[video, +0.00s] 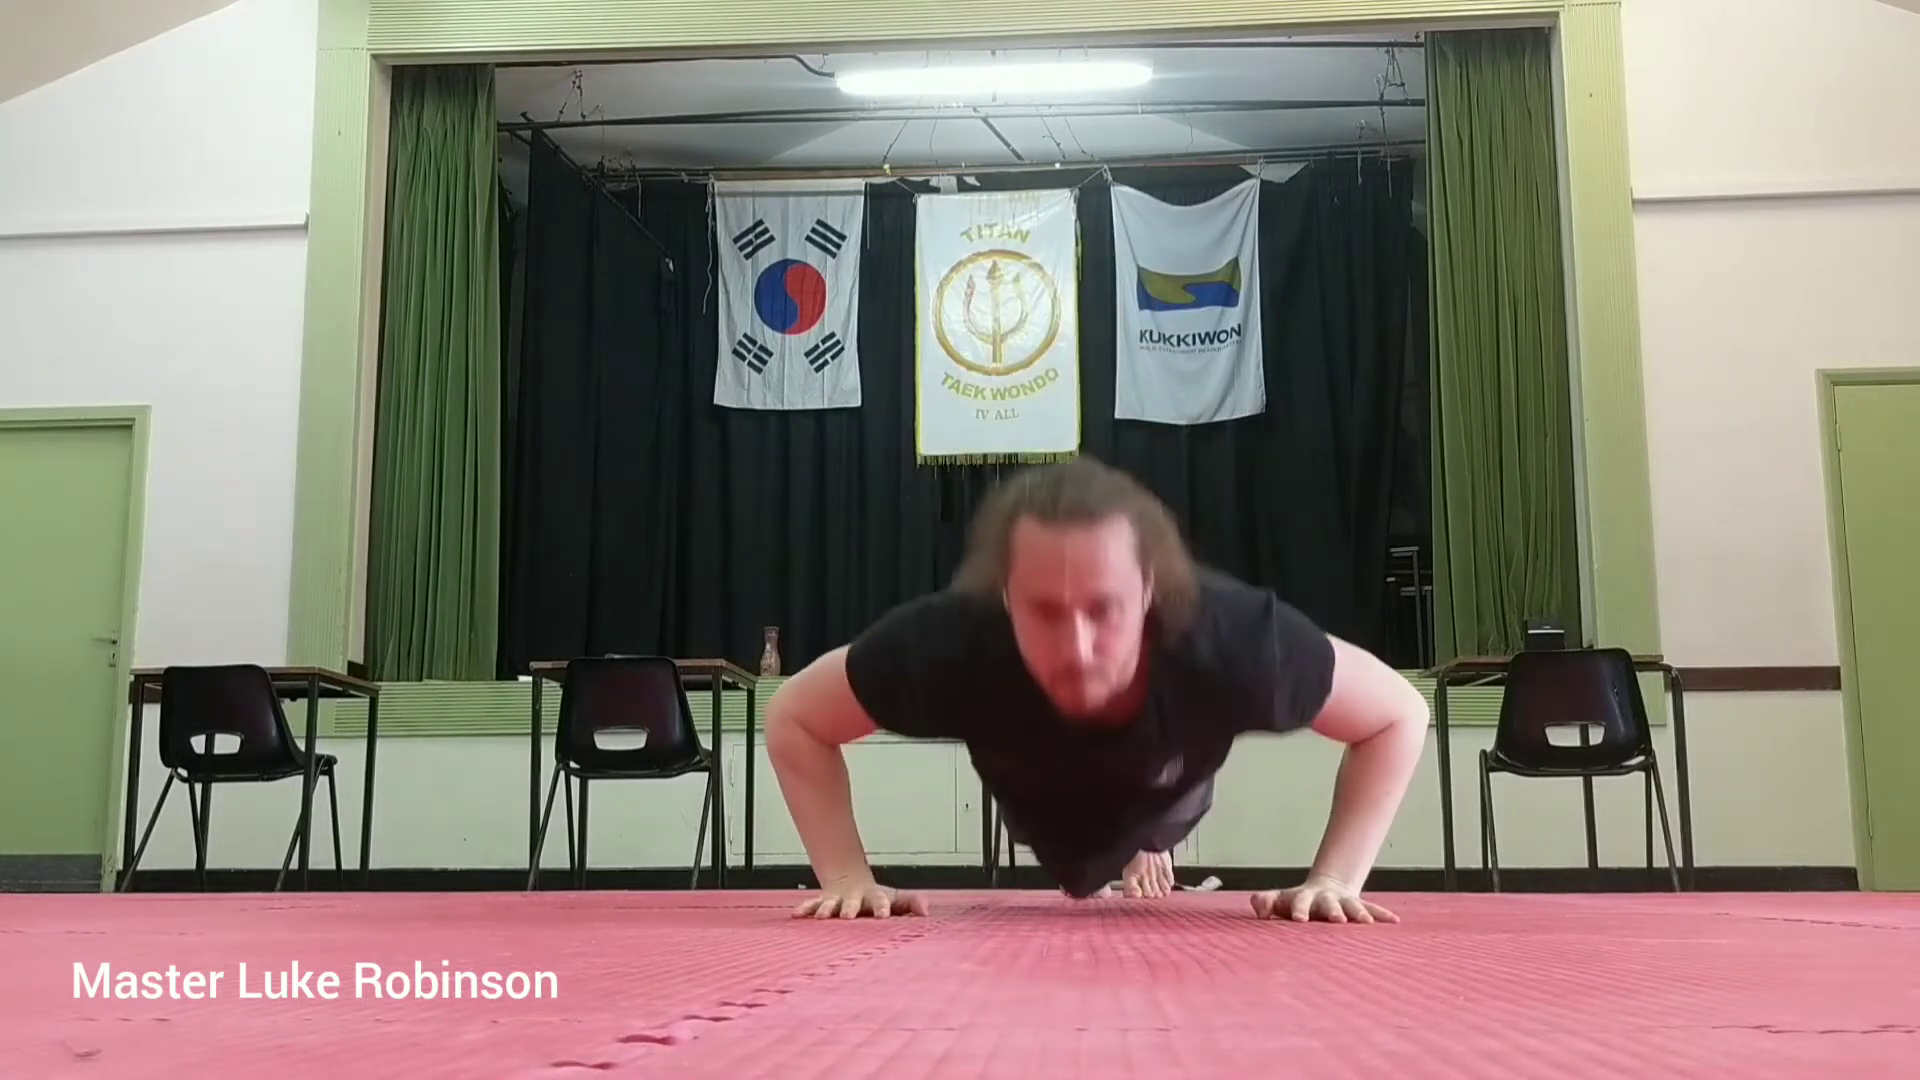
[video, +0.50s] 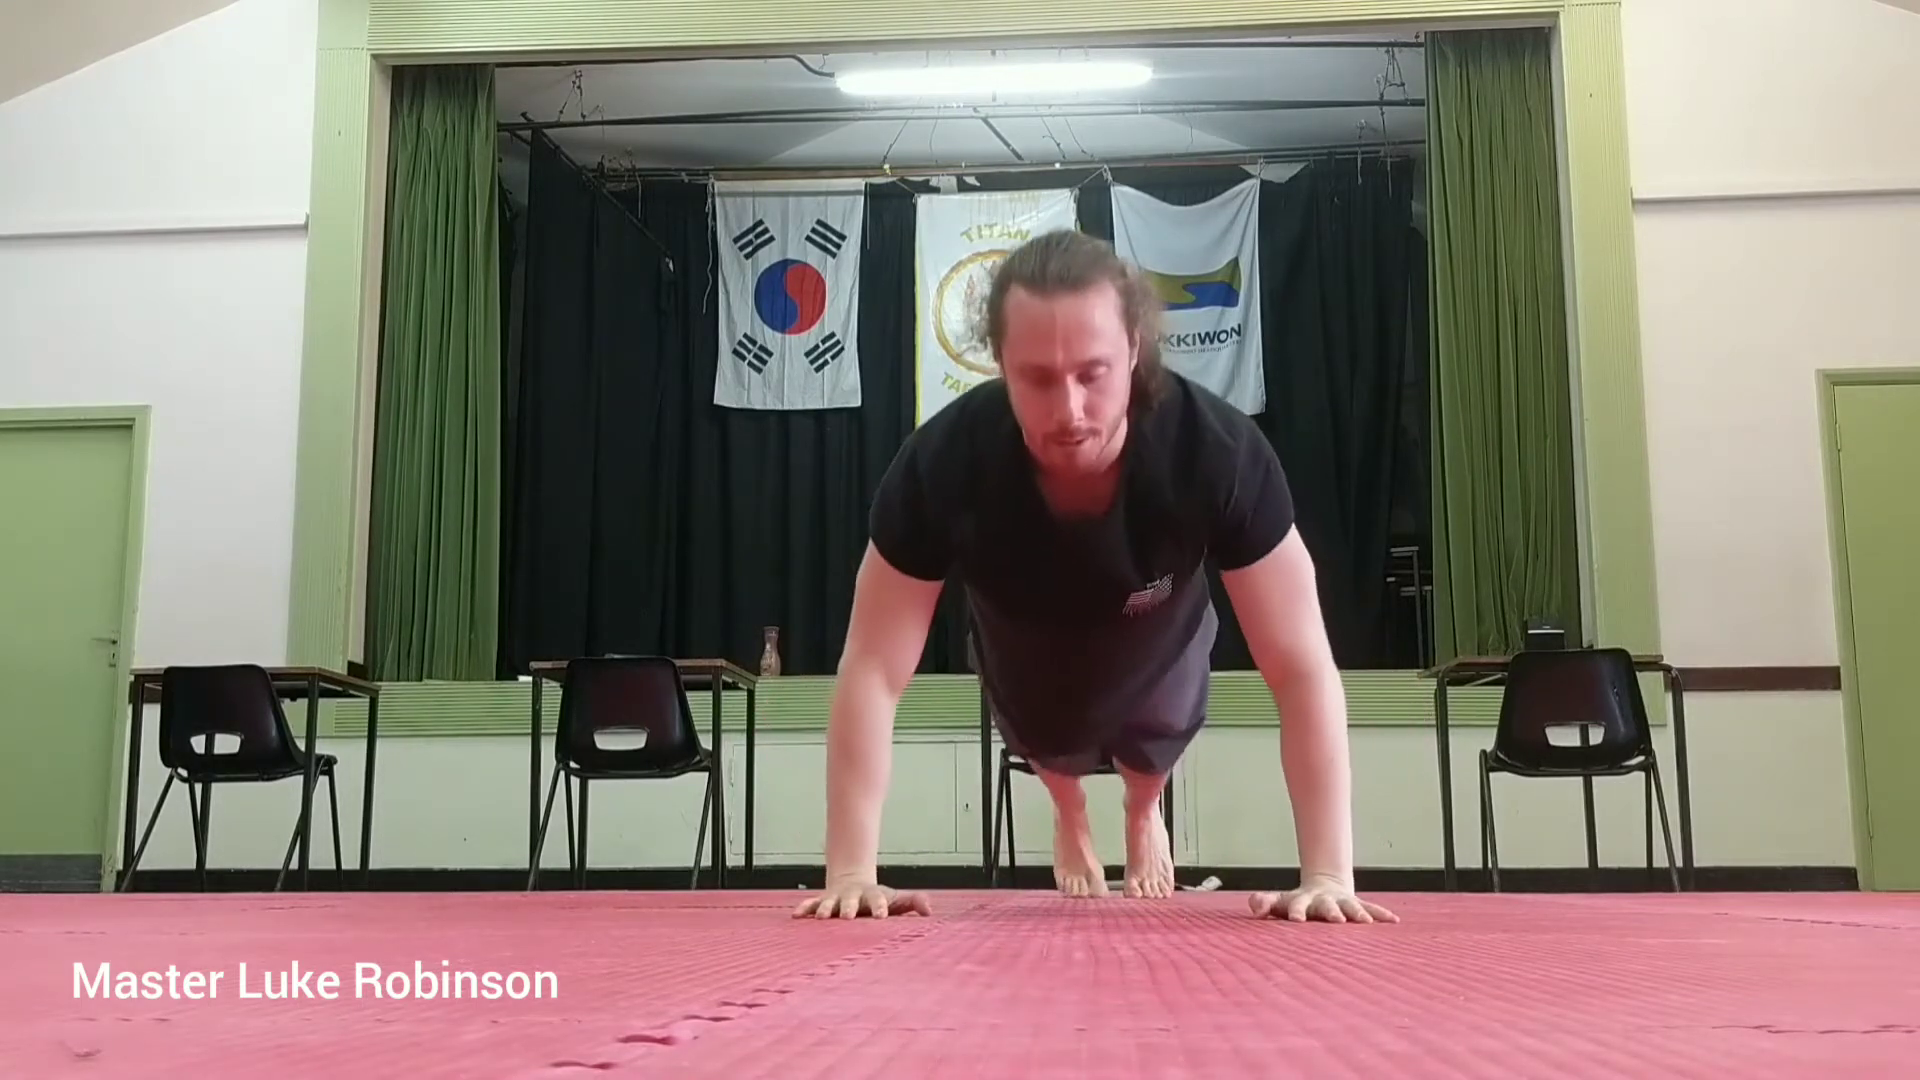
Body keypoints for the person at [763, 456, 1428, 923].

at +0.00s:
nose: (1079, 647)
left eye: (1103, 613)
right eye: (1048, 615)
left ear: (1151, 595)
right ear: (1007, 603)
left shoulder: (1236, 643)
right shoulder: (953, 645)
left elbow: (1399, 716)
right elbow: (796, 723)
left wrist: (1336, 879)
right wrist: (846, 877)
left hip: (1170, 795)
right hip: (1042, 805)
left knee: (1160, 831)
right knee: (1082, 865)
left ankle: (1152, 861)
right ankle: (1110, 875)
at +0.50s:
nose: (1071, 411)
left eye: (1093, 374)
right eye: (1039, 380)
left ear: (1136, 351)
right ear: (1001, 365)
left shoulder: (1218, 458)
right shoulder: (944, 467)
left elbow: (1302, 672)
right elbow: (872, 670)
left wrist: (1328, 874)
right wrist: (850, 871)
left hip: (1159, 646)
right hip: (1029, 653)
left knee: (1150, 750)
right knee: (1053, 752)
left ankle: (1143, 822)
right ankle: (1071, 826)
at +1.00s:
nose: (1084, 463)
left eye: (1108, 431)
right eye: (1055, 435)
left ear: (1150, 397)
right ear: (1020, 408)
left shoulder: (1236, 450)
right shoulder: (979, 465)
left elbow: (1305, 670)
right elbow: (861, 641)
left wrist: (1330, 875)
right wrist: (814, 837)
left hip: (1202, 610)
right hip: (1071, 615)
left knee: (1180, 742)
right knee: (1073, 725)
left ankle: (1139, 809)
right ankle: (1059, 828)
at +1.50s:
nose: (1009, 514)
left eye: (1030, 482)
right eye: (980, 490)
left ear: (1067, 438)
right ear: (937, 458)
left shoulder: (1147, 475)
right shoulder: (891, 506)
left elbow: (1252, 674)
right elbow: (809, 709)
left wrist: (1324, 869)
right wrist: (685, 886)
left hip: (1102, 648)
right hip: (980, 658)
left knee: (1112, 751)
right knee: (1027, 754)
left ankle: (1120, 834)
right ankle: (1060, 842)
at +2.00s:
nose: (1110, 543)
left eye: (1133, 519)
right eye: (1083, 522)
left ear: (1179, 478)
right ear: (1035, 485)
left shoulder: (1236, 510)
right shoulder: (973, 536)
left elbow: (1356, 701)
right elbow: (838, 736)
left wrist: (1472, 878)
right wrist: (685, 888)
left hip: (1154, 659)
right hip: (1031, 667)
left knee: (1137, 743)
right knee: (1041, 746)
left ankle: (1124, 835)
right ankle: (1046, 839)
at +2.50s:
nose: (1056, 539)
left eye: (1079, 512)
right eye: (1028, 515)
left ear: (1127, 471)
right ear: (986, 483)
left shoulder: (1203, 530)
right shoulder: (935, 532)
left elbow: (1337, 719)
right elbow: (821, 730)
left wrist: (1490, 888)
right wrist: (668, 890)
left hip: (1132, 682)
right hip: (1013, 698)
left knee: (1127, 763)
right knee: (1037, 777)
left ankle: (1125, 842)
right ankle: (1046, 848)